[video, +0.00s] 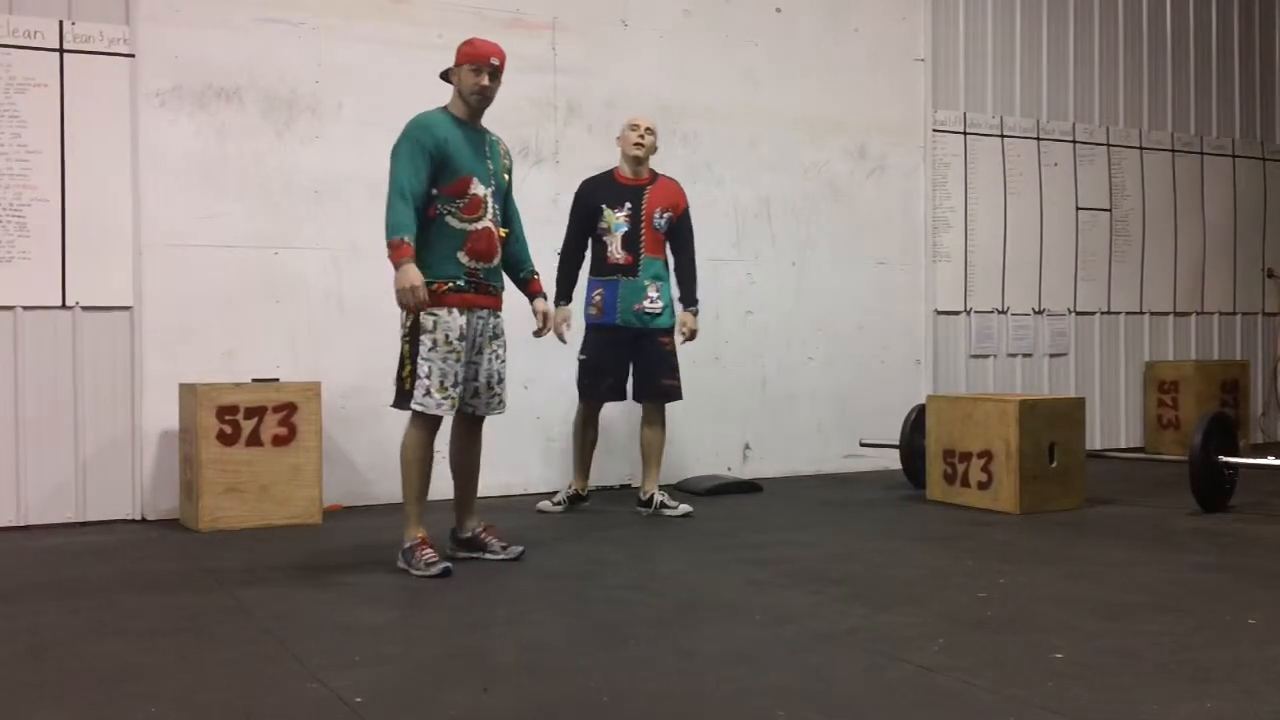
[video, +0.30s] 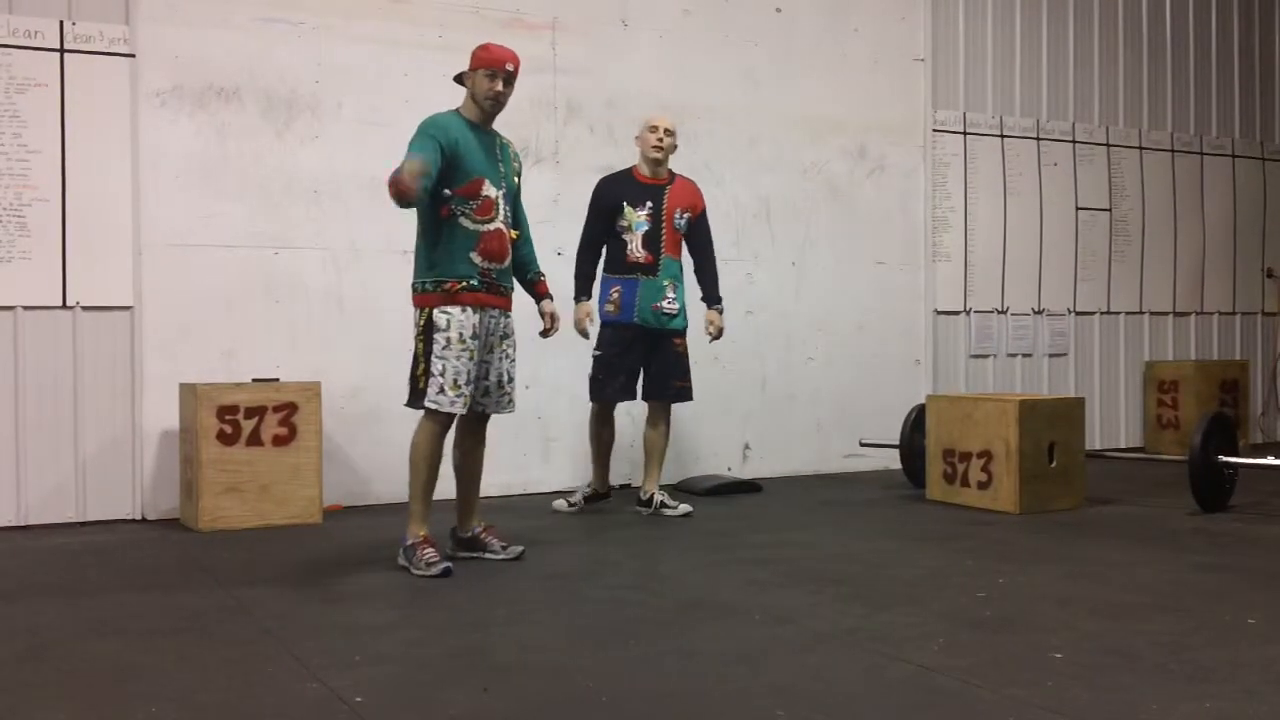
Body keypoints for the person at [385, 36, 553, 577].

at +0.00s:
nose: (485, 79)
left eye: (494, 73)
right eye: (476, 70)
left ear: (500, 84)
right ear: (453, 75)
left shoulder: (496, 149)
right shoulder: (426, 130)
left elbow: (508, 226)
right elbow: (401, 199)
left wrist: (537, 291)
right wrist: (404, 264)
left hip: (485, 302)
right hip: (438, 299)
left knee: (472, 413)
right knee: (427, 413)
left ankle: (466, 526)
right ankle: (414, 537)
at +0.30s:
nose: (500, 86)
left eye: (507, 80)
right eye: (491, 76)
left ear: (512, 89)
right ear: (468, 79)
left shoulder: (506, 151)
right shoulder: (440, 129)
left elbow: (516, 228)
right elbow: (413, 182)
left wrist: (543, 293)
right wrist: (406, 186)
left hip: (494, 300)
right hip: (448, 296)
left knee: (477, 416)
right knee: (439, 412)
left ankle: (468, 527)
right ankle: (417, 536)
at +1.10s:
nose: (488, 78)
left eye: (496, 70)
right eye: (477, 68)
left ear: (502, 78)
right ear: (455, 73)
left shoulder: (502, 145)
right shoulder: (432, 131)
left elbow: (517, 224)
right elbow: (412, 194)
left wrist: (547, 287)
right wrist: (421, 241)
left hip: (495, 301)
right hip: (448, 297)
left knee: (480, 415)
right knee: (442, 415)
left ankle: (470, 529)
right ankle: (436, 544)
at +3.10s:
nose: (505, 105)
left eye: (508, 96)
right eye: (504, 93)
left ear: (479, 83)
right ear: (481, 83)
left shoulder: (478, 144)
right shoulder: (431, 128)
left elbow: (484, 225)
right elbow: (431, 201)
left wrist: (522, 282)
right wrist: (464, 228)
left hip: (472, 298)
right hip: (440, 297)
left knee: (457, 416)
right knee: (440, 417)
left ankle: (450, 531)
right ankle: (434, 546)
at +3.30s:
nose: (506, 115)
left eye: (509, 104)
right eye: (506, 102)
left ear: (476, 86)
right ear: (487, 89)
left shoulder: (462, 139)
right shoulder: (437, 132)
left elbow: (472, 225)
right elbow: (465, 198)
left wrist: (525, 250)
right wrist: (531, 199)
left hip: (464, 294)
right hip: (444, 296)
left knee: (463, 412)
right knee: (454, 413)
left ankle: (449, 530)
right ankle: (437, 543)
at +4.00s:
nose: (495, 105)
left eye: (497, 95)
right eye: (494, 94)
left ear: (463, 83)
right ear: (472, 86)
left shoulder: (454, 132)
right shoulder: (418, 134)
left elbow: (483, 175)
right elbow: (451, 212)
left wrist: (530, 165)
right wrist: (525, 230)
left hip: (457, 296)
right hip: (422, 298)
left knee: (447, 419)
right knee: (415, 419)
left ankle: (448, 532)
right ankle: (402, 546)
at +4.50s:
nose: (468, 100)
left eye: (469, 92)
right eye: (467, 90)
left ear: (441, 79)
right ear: (446, 81)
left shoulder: (436, 125)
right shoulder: (387, 136)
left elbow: (473, 136)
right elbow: (389, 227)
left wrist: (520, 106)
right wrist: (446, 269)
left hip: (449, 295)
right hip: (404, 302)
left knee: (468, 408)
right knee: (400, 419)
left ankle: (451, 528)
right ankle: (400, 549)